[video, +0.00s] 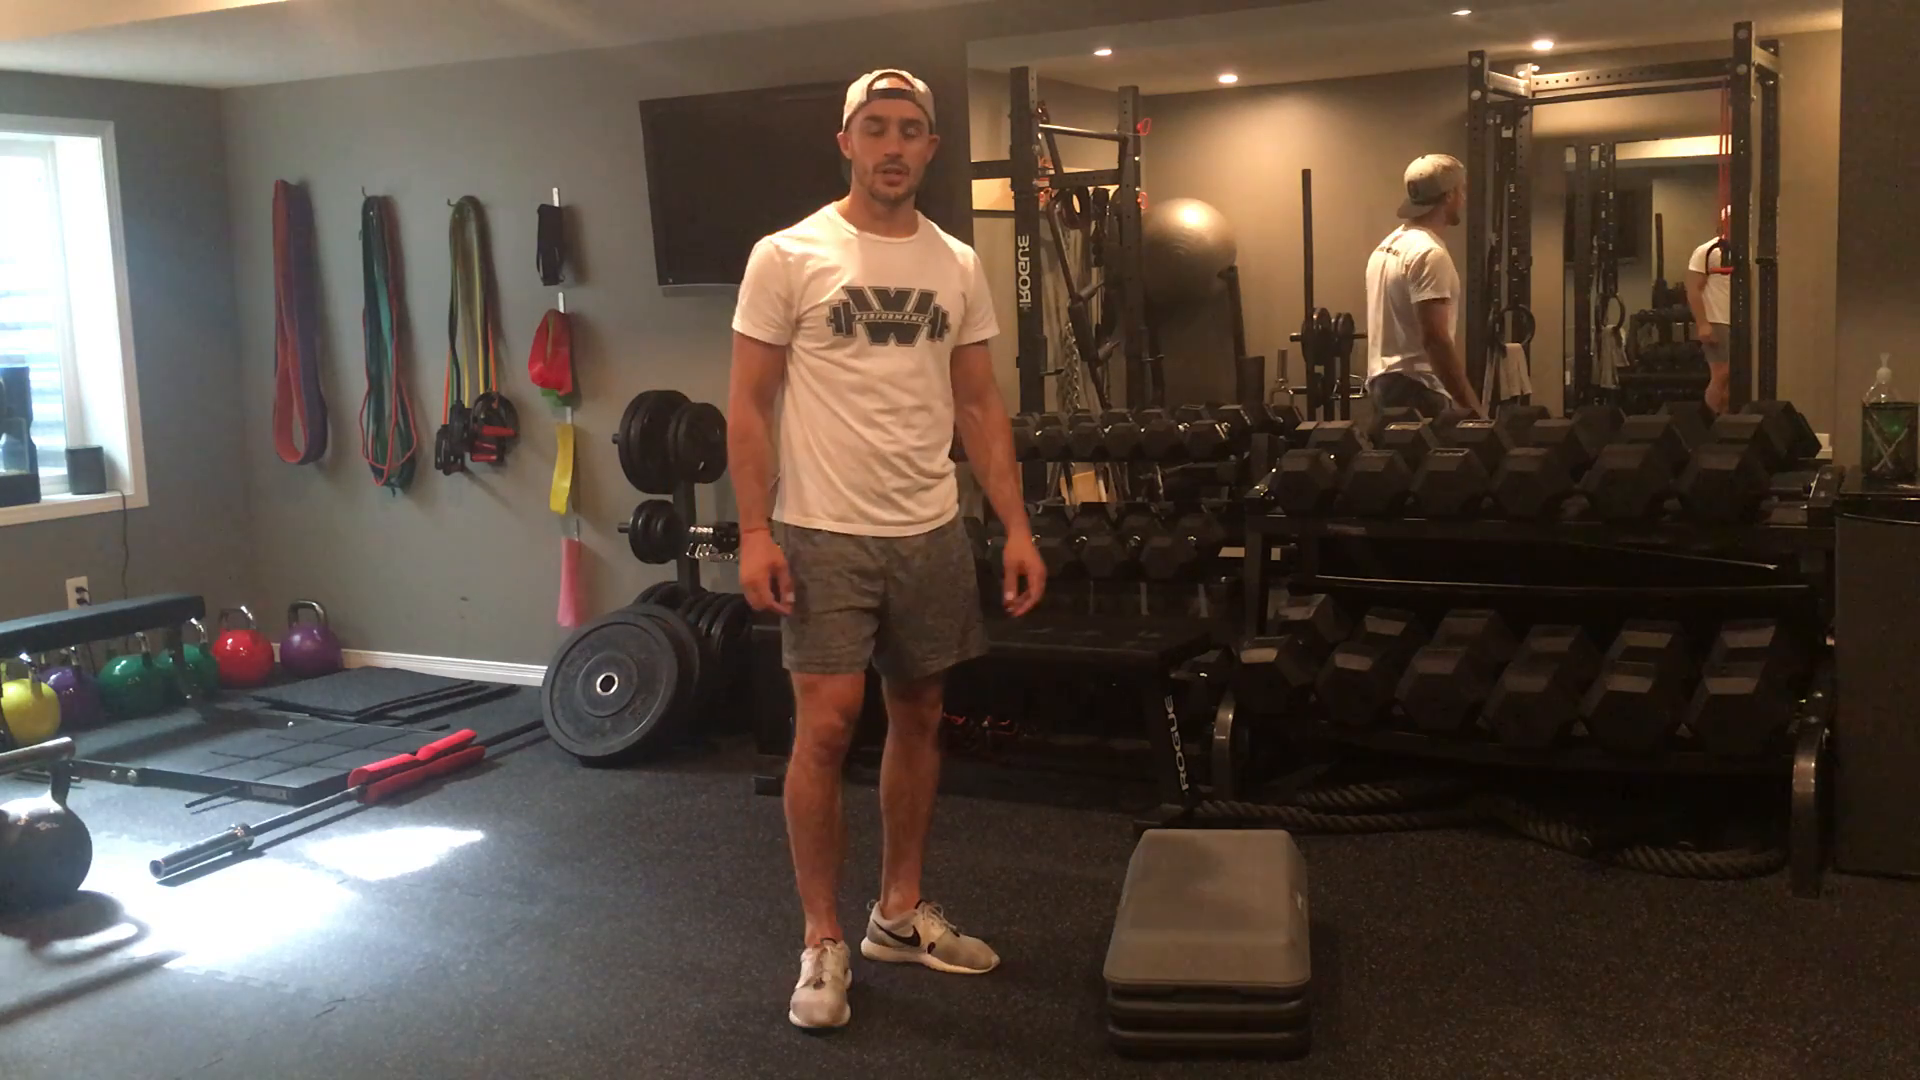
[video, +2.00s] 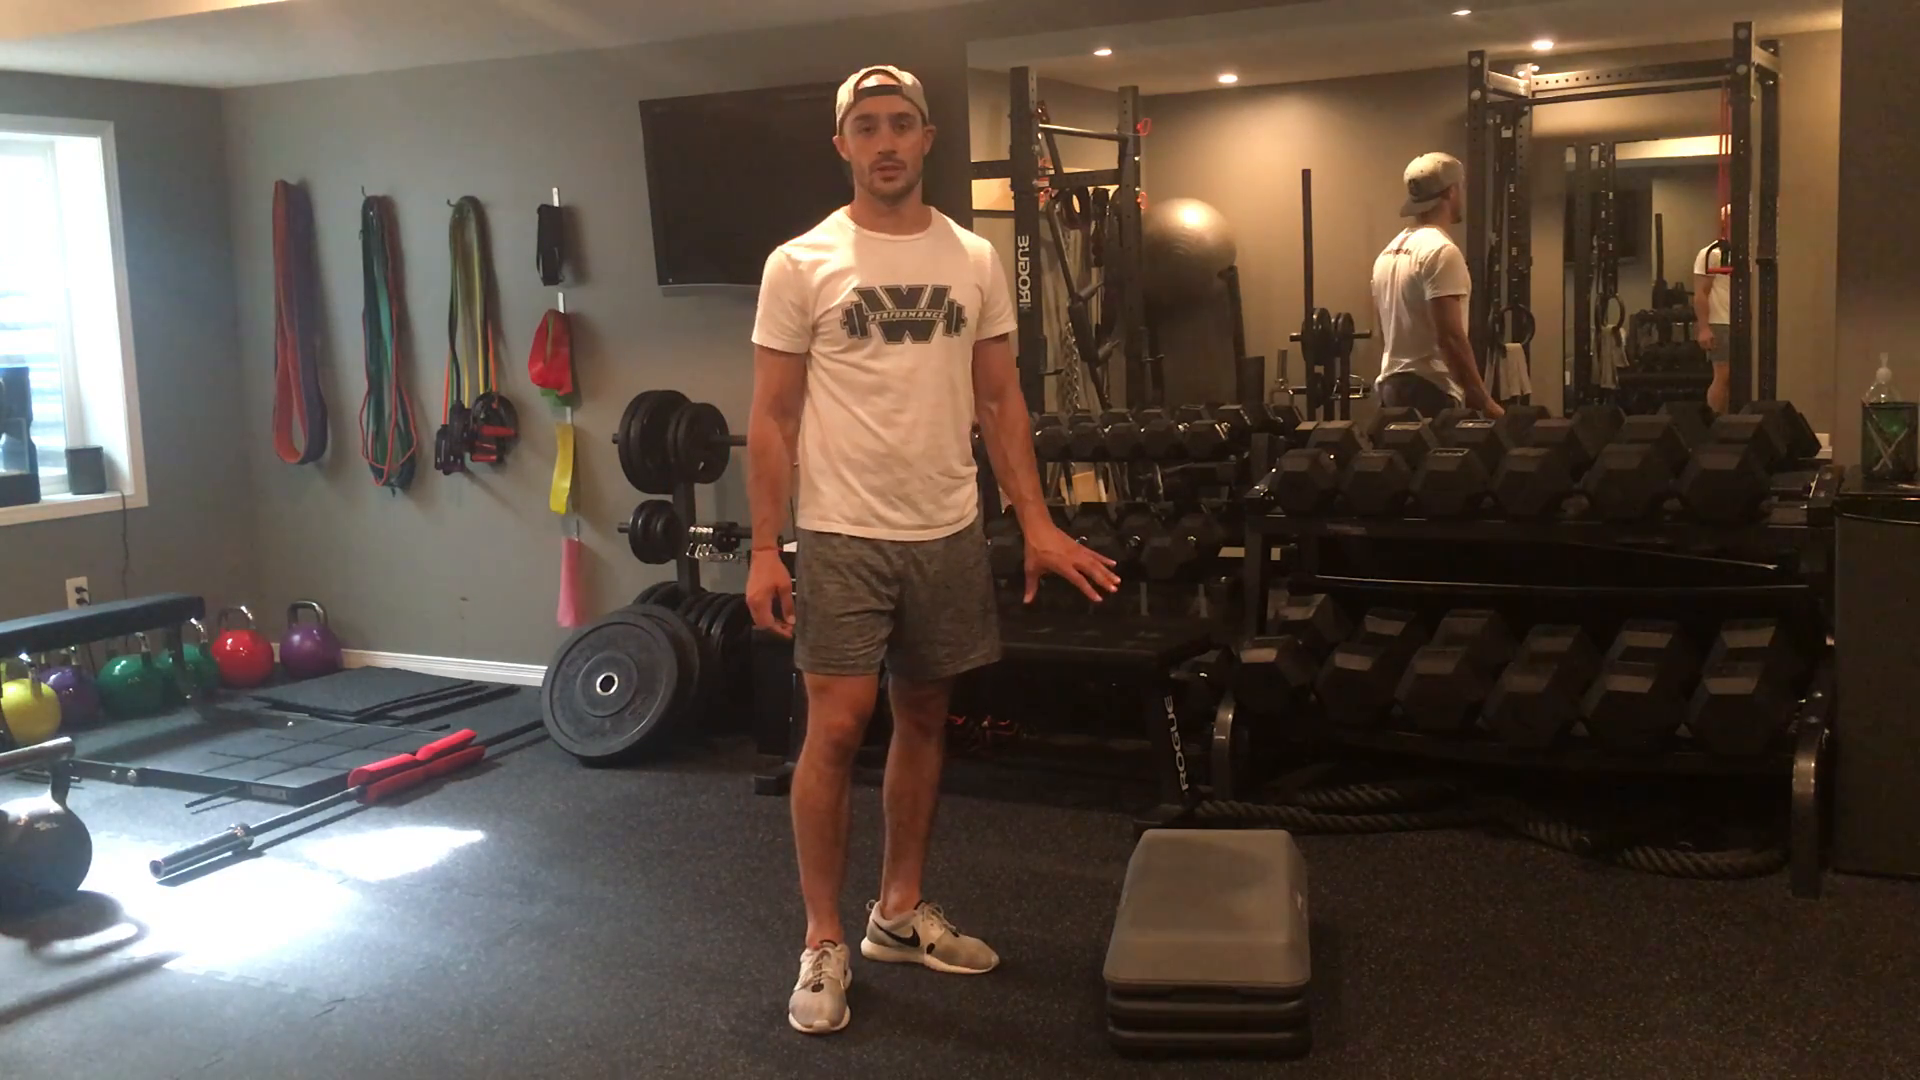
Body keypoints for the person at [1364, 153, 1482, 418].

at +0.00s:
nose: (1464, 199)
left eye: (1463, 191)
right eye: (1462, 191)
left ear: (1417, 195)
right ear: (1449, 196)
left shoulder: (1385, 248)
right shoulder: (1428, 253)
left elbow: (1384, 329)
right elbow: (1436, 340)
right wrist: (1473, 408)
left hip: (1383, 388)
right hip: (1417, 392)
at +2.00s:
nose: (1464, 196)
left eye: (1463, 188)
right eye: (1462, 188)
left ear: (1418, 197)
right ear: (1451, 193)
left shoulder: (1388, 253)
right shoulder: (1441, 250)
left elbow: (1386, 333)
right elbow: (1451, 338)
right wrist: (1483, 400)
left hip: (1391, 388)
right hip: (1431, 391)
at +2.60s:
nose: (1470, 200)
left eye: (1469, 191)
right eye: (1468, 191)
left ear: (1423, 196)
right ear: (1454, 194)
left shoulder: (1390, 251)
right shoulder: (1438, 252)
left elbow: (1380, 331)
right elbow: (1444, 341)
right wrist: (1476, 406)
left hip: (1389, 388)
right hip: (1425, 391)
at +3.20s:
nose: (1473, 206)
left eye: (1472, 197)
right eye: (1468, 196)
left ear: (1441, 196)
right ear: (1443, 195)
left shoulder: (1404, 241)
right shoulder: (1424, 248)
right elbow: (1423, 332)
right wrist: (1456, 402)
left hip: (1398, 383)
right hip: (1415, 387)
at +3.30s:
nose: (1473, 212)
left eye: (1474, 202)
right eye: (1467, 201)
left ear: (1439, 198)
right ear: (1439, 198)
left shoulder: (1418, 241)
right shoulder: (1419, 247)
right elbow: (1415, 329)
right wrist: (1451, 395)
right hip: (1411, 386)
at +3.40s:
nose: (1474, 215)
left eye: (1476, 205)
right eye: (1468, 204)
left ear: (1440, 199)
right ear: (1441, 198)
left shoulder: (1431, 244)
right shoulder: (1414, 246)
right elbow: (1406, 325)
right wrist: (1446, 390)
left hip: (1422, 388)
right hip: (1404, 389)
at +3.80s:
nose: (1487, 214)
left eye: (1490, 204)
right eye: (1478, 204)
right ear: (1450, 201)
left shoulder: (1475, 257)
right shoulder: (1409, 252)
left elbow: (1464, 329)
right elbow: (1366, 318)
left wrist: (1479, 392)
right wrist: (1395, 386)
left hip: (1452, 399)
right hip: (1411, 400)